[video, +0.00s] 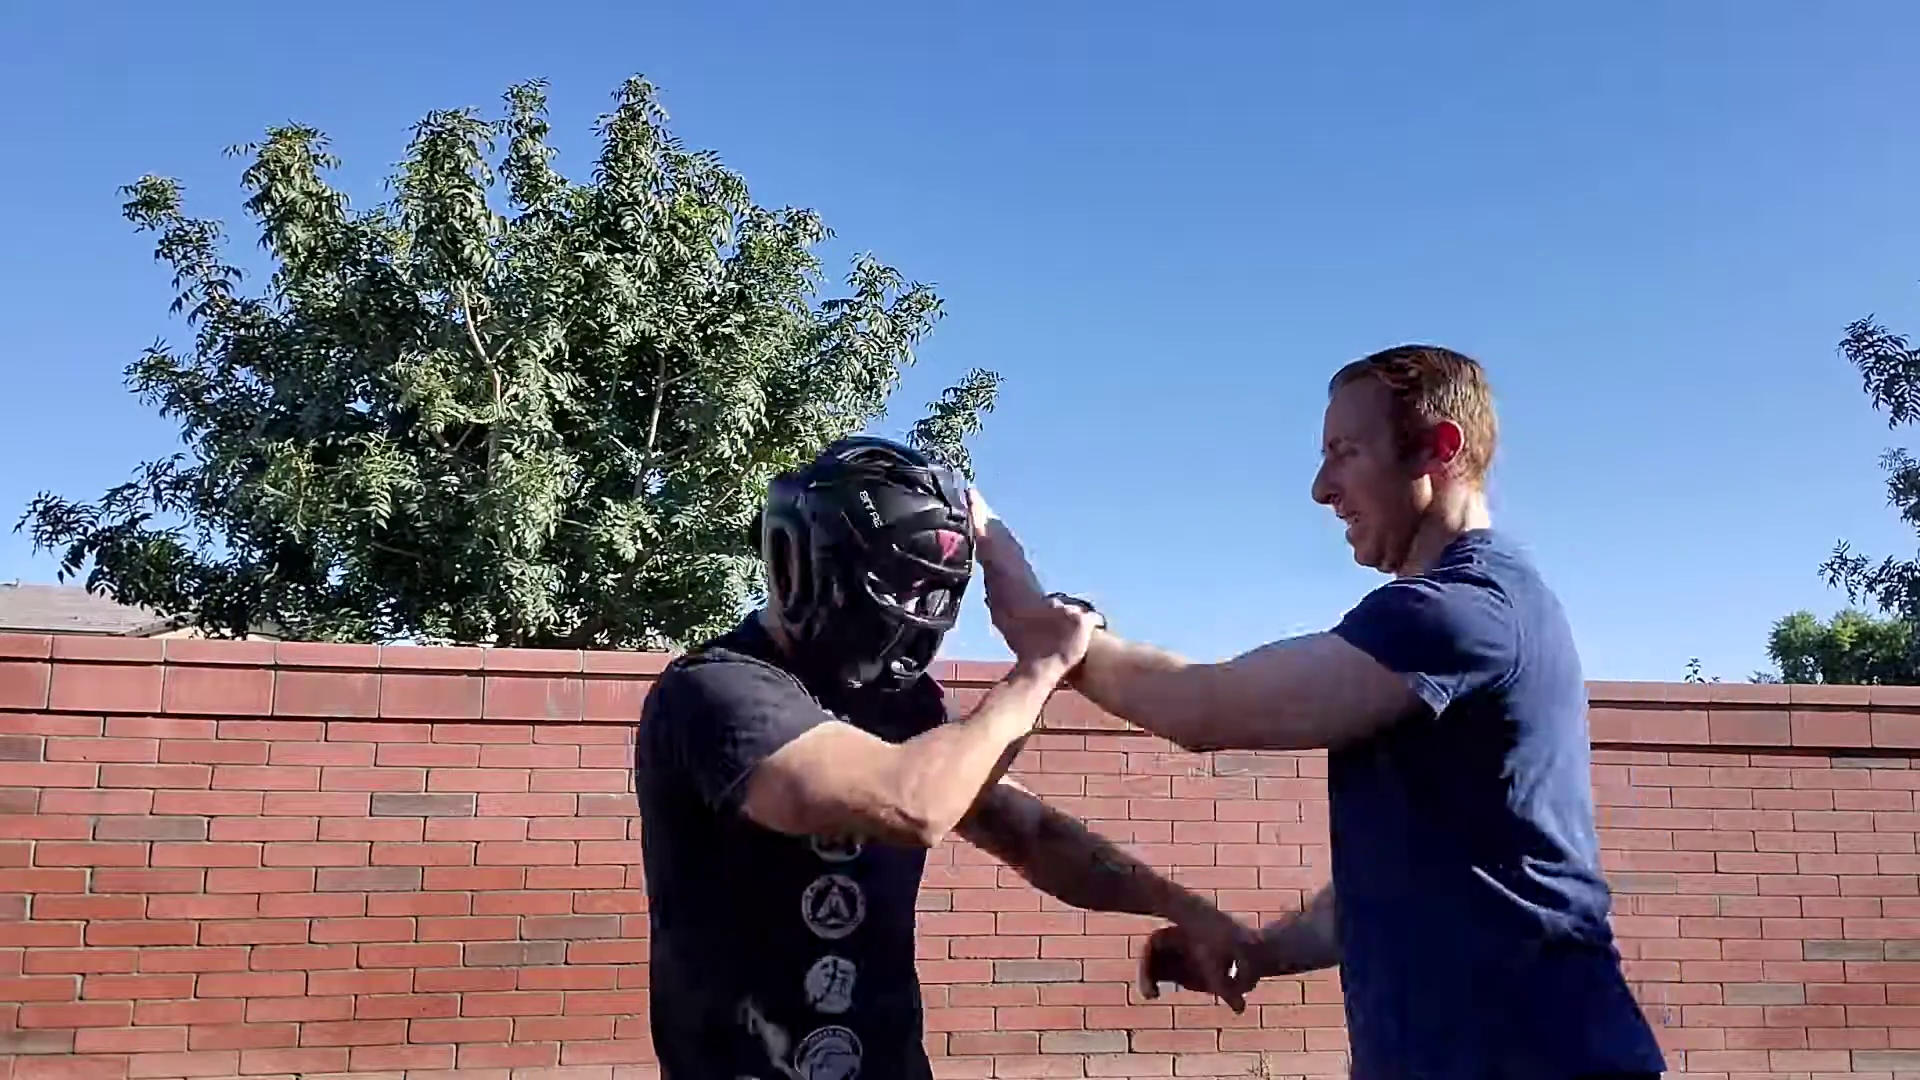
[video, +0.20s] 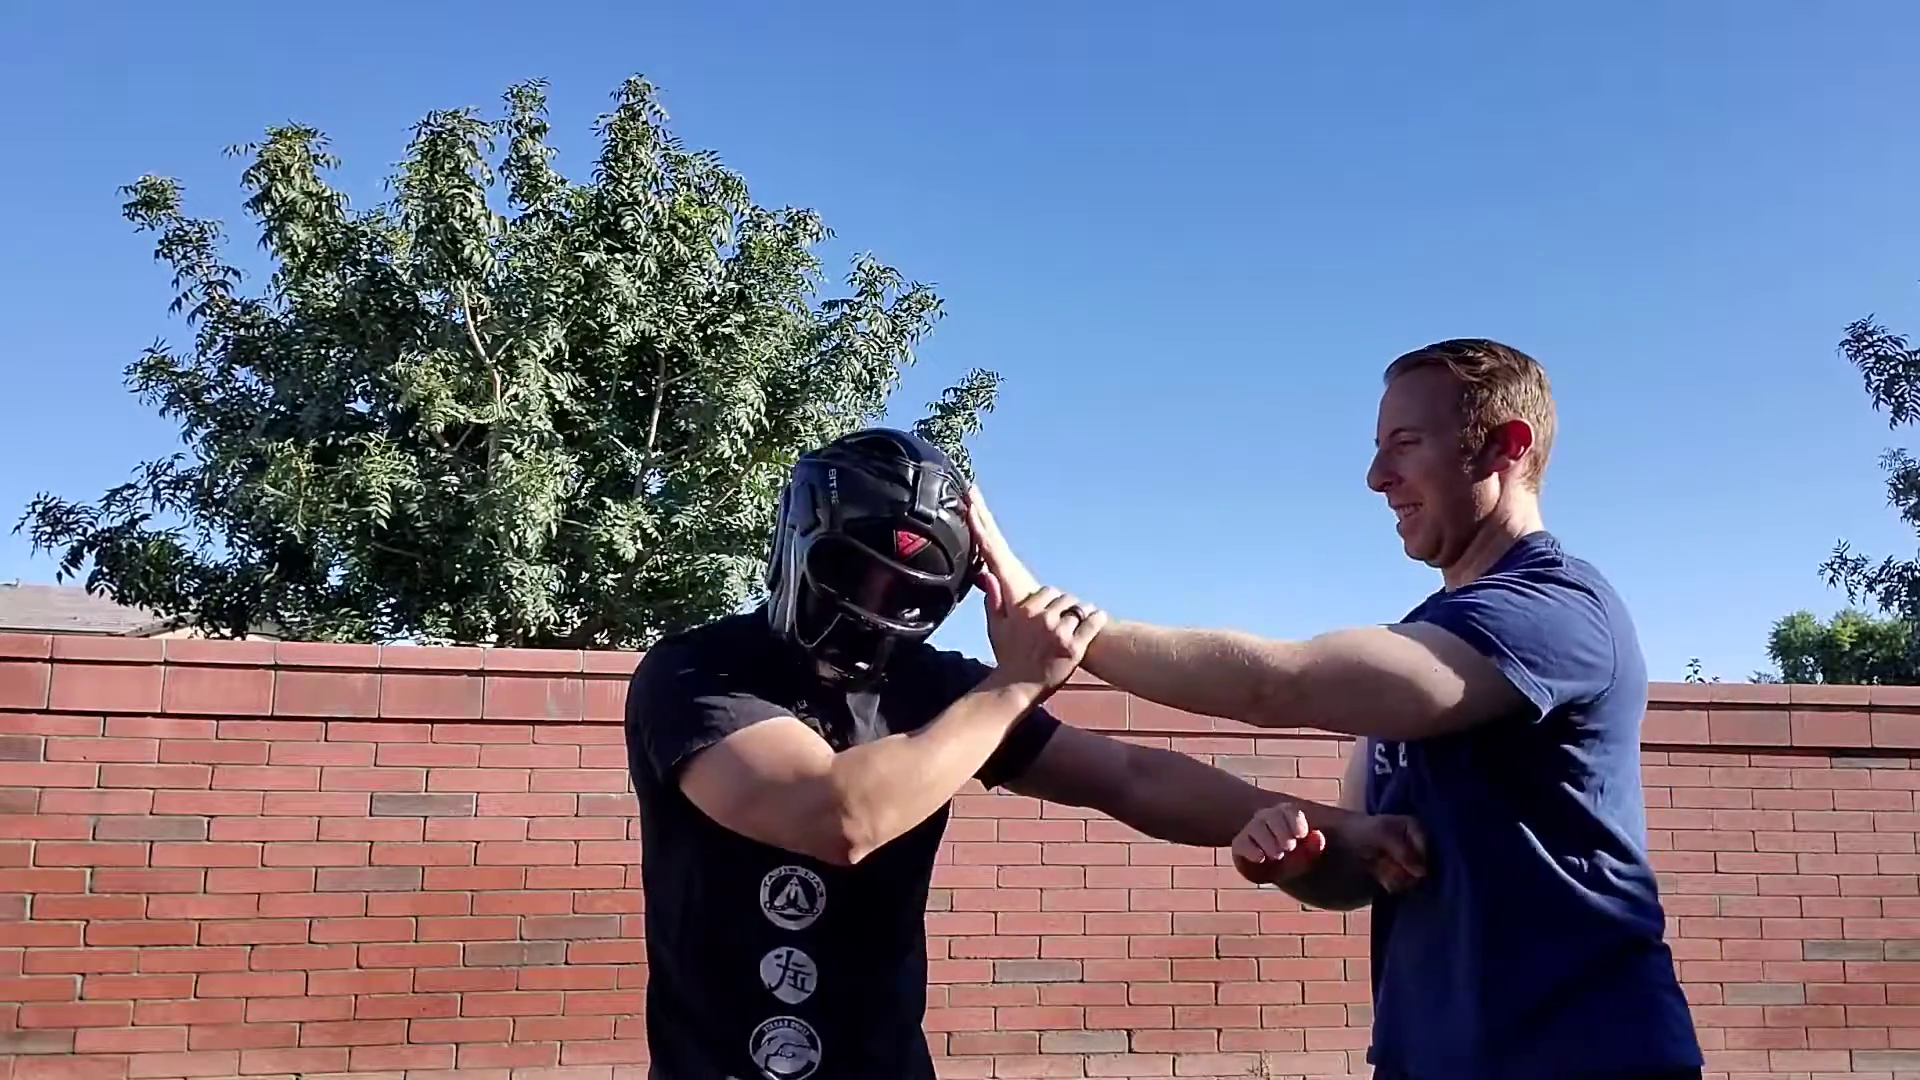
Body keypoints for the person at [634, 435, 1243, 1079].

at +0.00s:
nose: (926, 622)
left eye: (939, 595)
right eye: (905, 590)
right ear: (824, 572)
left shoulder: (894, 704)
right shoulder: (712, 695)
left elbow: (1030, 836)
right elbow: (915, 804)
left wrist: (1185, 910)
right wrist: (1040, 667)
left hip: (887, 1062)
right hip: (742, 1064)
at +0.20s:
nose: (883, 608)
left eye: (914, 592)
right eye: (866, 573)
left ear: (939, 596)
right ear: (805, 544)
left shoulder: (928, 690)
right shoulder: (690, 677)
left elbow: (1124, 774)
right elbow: (842, 817)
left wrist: (1316, 829)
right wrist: (1012, 685)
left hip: (883, 1058)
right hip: (723, 1056)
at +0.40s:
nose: (924, 618)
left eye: (950, 603)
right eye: (907, 584)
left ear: (969, 606)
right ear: (838, 559)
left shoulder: (949, 695)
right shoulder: (711, 678)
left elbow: (1133, 781)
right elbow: (860, 829)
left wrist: (1307, 835)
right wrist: (1020, 699)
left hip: (882, 1062)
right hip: (723, 1061)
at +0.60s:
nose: (914, 619)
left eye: (942, 604)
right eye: (898, 585)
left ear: (963, 607)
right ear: (834, 558)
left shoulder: (943, 696)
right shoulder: (709, 676)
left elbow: (1127, 781)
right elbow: (854, 827)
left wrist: (1300, 835)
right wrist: (1017, 697)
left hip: (879, 1060)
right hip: (723, 1060)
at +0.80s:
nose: (909, 617)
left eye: (939, 602)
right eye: (893, 582)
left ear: (963, 606)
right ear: (831, 558)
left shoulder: (949, 695)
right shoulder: (709, 677)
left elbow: (1131, 785)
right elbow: (857, 828)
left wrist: (1287, 838)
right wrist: (1017, 694)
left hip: (882, 1059)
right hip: (723, 1058)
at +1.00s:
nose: (904, 629)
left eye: (936, 611)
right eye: (889, 593)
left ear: (963, 608)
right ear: (826, 563)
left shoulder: (944, 691)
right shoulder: (705, 678)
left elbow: (1130, 787)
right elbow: (857, 828)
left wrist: (1291, 841)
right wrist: (1008, 692)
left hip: (888, 1067)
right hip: (721, 1065)